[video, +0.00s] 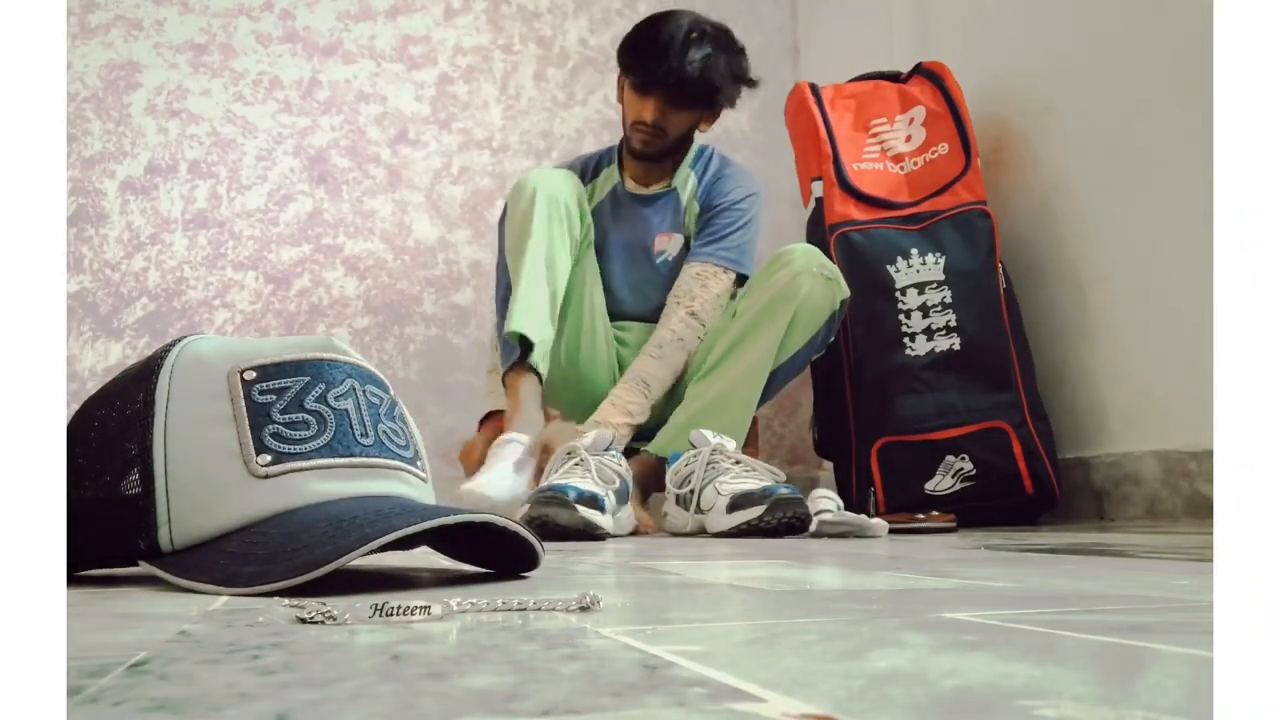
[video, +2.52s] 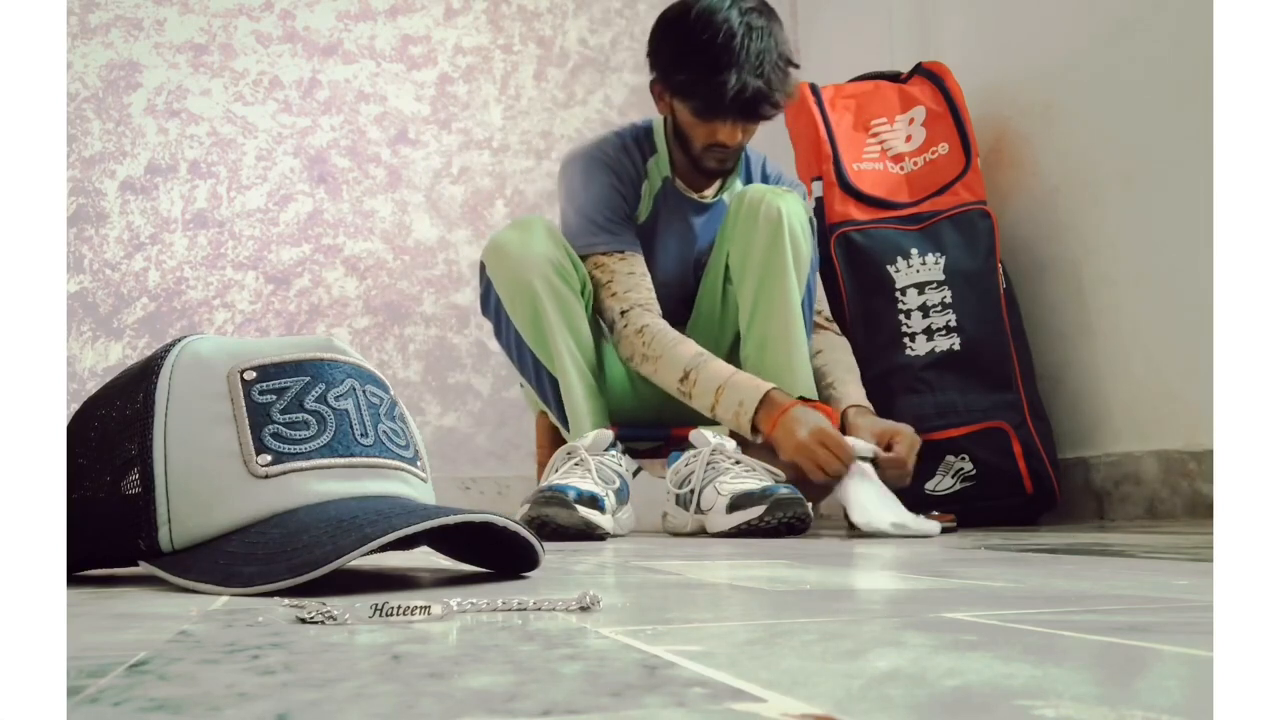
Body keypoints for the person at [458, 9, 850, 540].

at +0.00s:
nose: (648, 114)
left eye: (676, 101)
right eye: (639, 90)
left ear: (709, 117)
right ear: (621, 82)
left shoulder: (731, 191)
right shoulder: (568, 183)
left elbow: (688, 321)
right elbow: (514, 316)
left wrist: (604, 432)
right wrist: (509, 426)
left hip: (685, 379)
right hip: (584, 377)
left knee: (809, 268)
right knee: (543, 186)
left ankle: (648, 473)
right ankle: (522, 434)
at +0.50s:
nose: (660, 137)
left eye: (685, 123)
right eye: (651, 109)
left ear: (714, 119)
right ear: (627, 81)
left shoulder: (734, 175)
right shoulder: (563, 177)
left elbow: (699, 313)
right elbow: (505, 295)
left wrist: (598, 386)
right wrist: (484, 385)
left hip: (681, 376)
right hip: (582, 364)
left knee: (811, 269)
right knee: (537, 207)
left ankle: (644, 475)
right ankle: (517, 457)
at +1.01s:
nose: (674, 135)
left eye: (696, 121)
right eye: (664, 108)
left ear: (722, 116)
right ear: (633, 88)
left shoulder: (740, 183)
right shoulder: (566, 176)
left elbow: (726, 298)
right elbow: (506, 286)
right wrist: (475, 341)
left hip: (678, 384)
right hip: (579, 379)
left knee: (830, 281)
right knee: (546, 210)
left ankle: (698, 461)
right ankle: (520, 461)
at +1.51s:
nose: (624, 127)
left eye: (635, 103)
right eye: (602, 112)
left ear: (664, 92)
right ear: (577, 113)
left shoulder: (710, 192)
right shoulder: (543, 192)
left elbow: (784, 298)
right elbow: (470, 327)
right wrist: (455, 238)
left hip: (701, 383)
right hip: (595, 387)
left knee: (775, 214)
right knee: (552, 210)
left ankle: (766, 460)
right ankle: (583, 460)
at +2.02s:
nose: (654, 127)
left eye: (667, 102)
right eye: (630, 110)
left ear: (689, 76)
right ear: (593, 98)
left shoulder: (731, 180)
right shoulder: (554, 177)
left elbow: (803, 300)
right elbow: (607, 318)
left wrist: (827, 375)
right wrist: (725, 379)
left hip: (701, 385)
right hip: (604, 383)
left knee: (750, 203)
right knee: (499, 249)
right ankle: (584, 462)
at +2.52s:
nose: (730, 138)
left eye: (747, 119)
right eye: (709, 116)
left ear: (766, 106)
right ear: (663, 96)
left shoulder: (774, 189)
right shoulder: (599, 170)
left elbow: (819, 326)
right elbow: (639, 332)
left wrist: (857, 417)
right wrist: (772, 411)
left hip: (717, 388)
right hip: (615, 382)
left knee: (773, 207)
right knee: (518, 243)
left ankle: (723, 457)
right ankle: (591, 454)